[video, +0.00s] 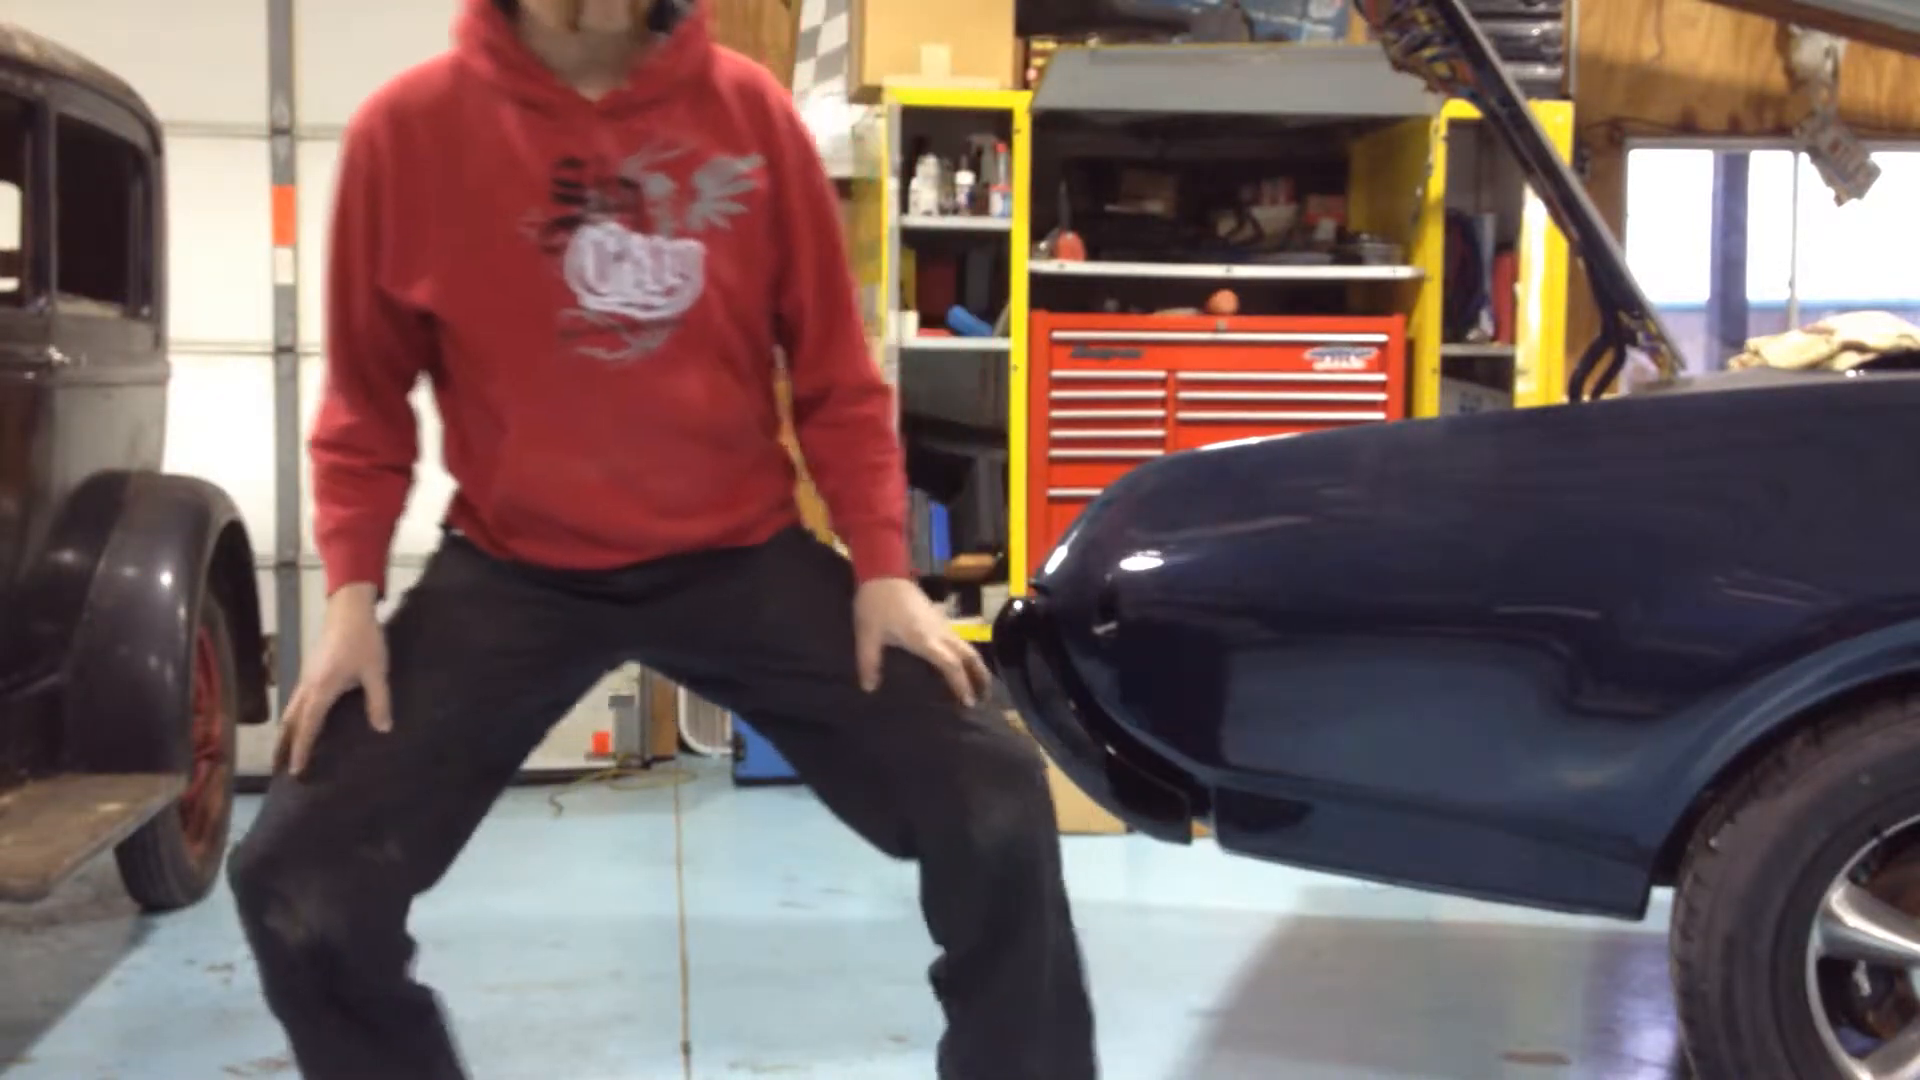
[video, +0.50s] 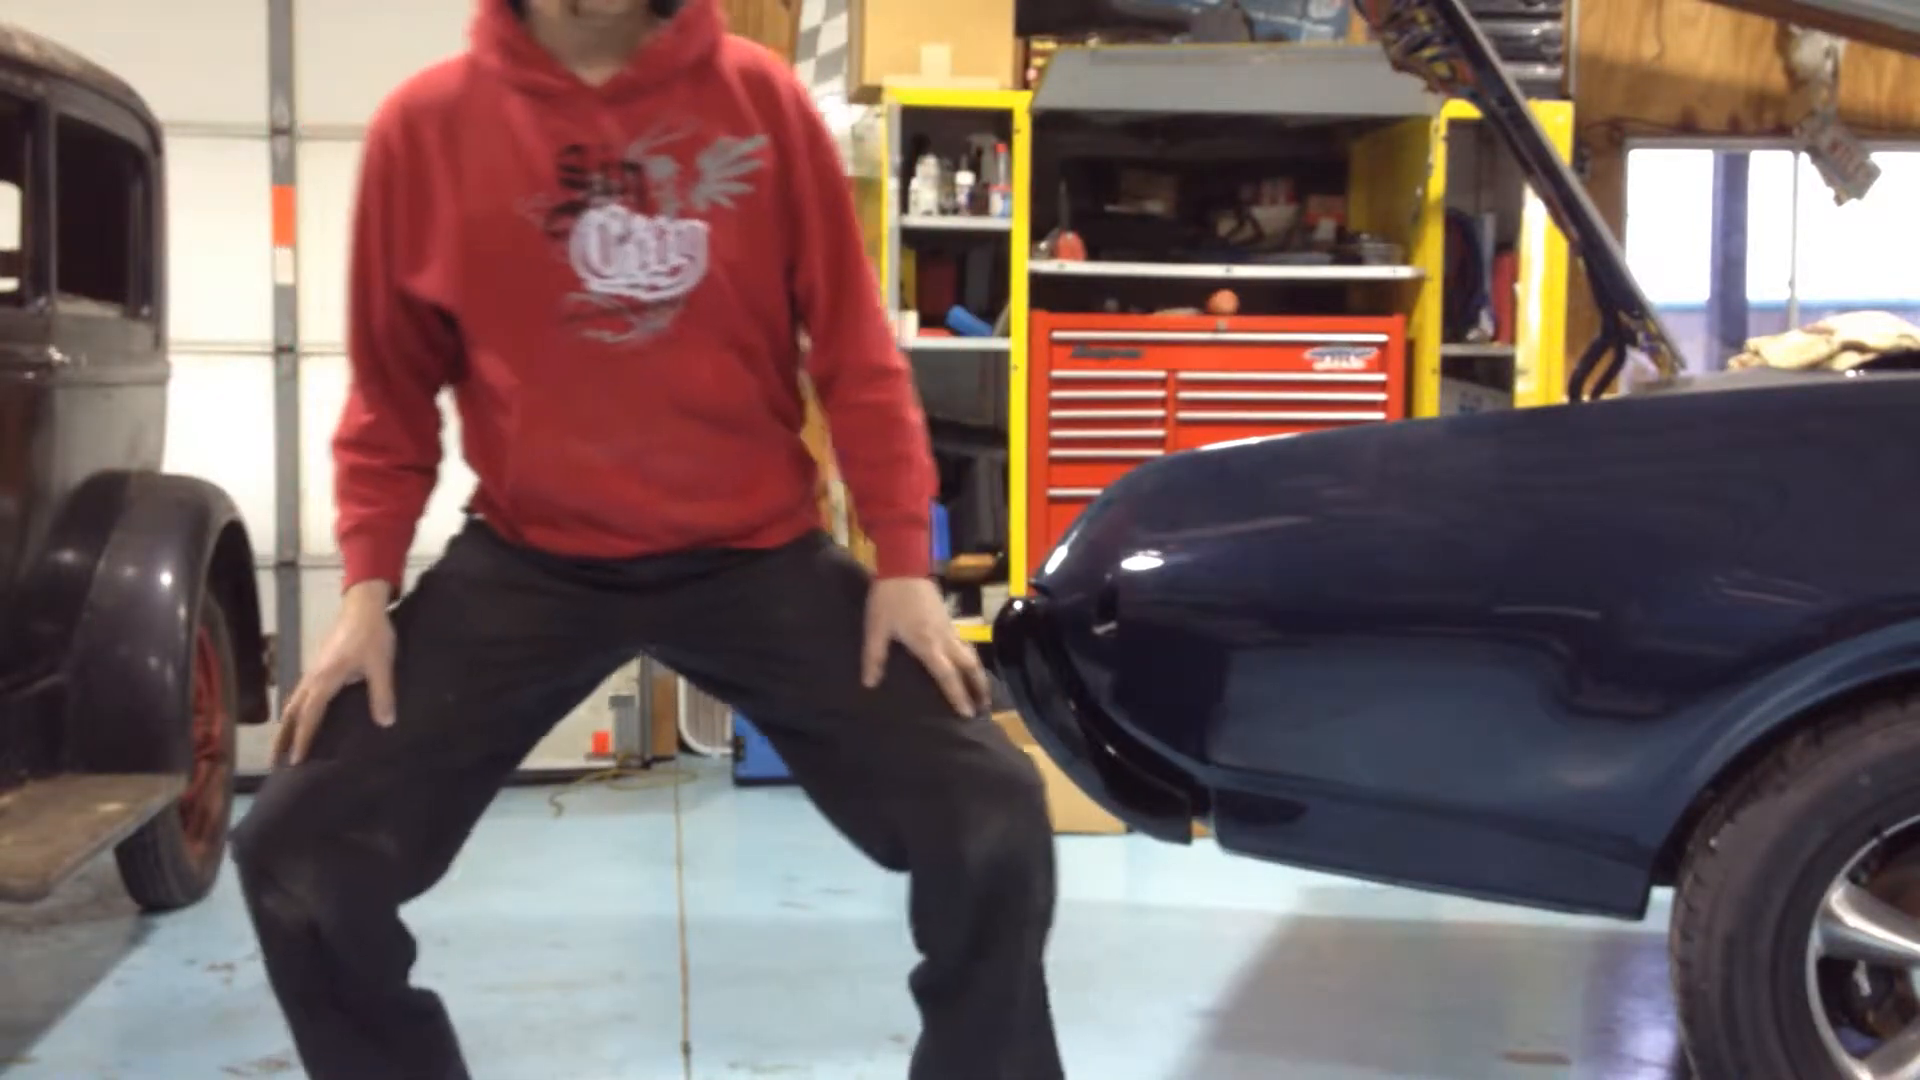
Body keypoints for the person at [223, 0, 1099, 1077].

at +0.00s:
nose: (631, 8)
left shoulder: (749, 113)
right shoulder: (408, 132)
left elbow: (834, 363)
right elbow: (364, 386)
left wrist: (884, 567)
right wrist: (351, 593)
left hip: (740, 561)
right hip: (514, 571)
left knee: (990, 792)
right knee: (302, 877)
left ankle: (1022, 1062)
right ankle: (404, 1067)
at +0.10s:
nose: (595, 6)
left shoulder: (713, 99)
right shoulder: (370, 125)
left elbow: (806, 350)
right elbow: (337, 380)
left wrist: (858, 564)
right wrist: (338, 593)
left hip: (717, 553)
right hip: (493, 562)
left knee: (963, 805)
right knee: (289, 869)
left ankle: (998, 1069)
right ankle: (416, 1075)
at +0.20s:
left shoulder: (692, 85)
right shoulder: (354, 126)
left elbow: (796, 332)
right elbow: (328, 385)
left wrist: (849, 545)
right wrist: (328, 597)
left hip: (707, 546)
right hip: (485, 561)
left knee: (953, 780)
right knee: (292, 874)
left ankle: (996, 1066)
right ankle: (415, 1070)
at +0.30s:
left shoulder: (697, 90)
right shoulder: (358, 128)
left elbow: (802, 336)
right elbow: (332, 386)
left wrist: (856, 539)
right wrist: (332, 596)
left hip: (716, 546)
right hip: (492, 562)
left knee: (957, 779)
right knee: (295, 874)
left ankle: (998, 1064)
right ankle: (411, 1069)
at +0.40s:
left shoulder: (720, 91)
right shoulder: (383, 127)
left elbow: (818, 332)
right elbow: (355, 390)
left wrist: (875, 547)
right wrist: (346, 593)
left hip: (734, 555)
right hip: (508, 561)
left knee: (968, 821)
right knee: (294, 866)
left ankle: (978, 1071)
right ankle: (415, 1074)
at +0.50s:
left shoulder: (760, 103)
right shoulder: (427, 126)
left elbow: (854, 342)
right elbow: (390, 382)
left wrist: (905, 563)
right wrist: (366, 586)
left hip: (756, 561)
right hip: (528, 562)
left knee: (991, 821)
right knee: (302, 846)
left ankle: (979, 1071)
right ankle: (406, 1073)